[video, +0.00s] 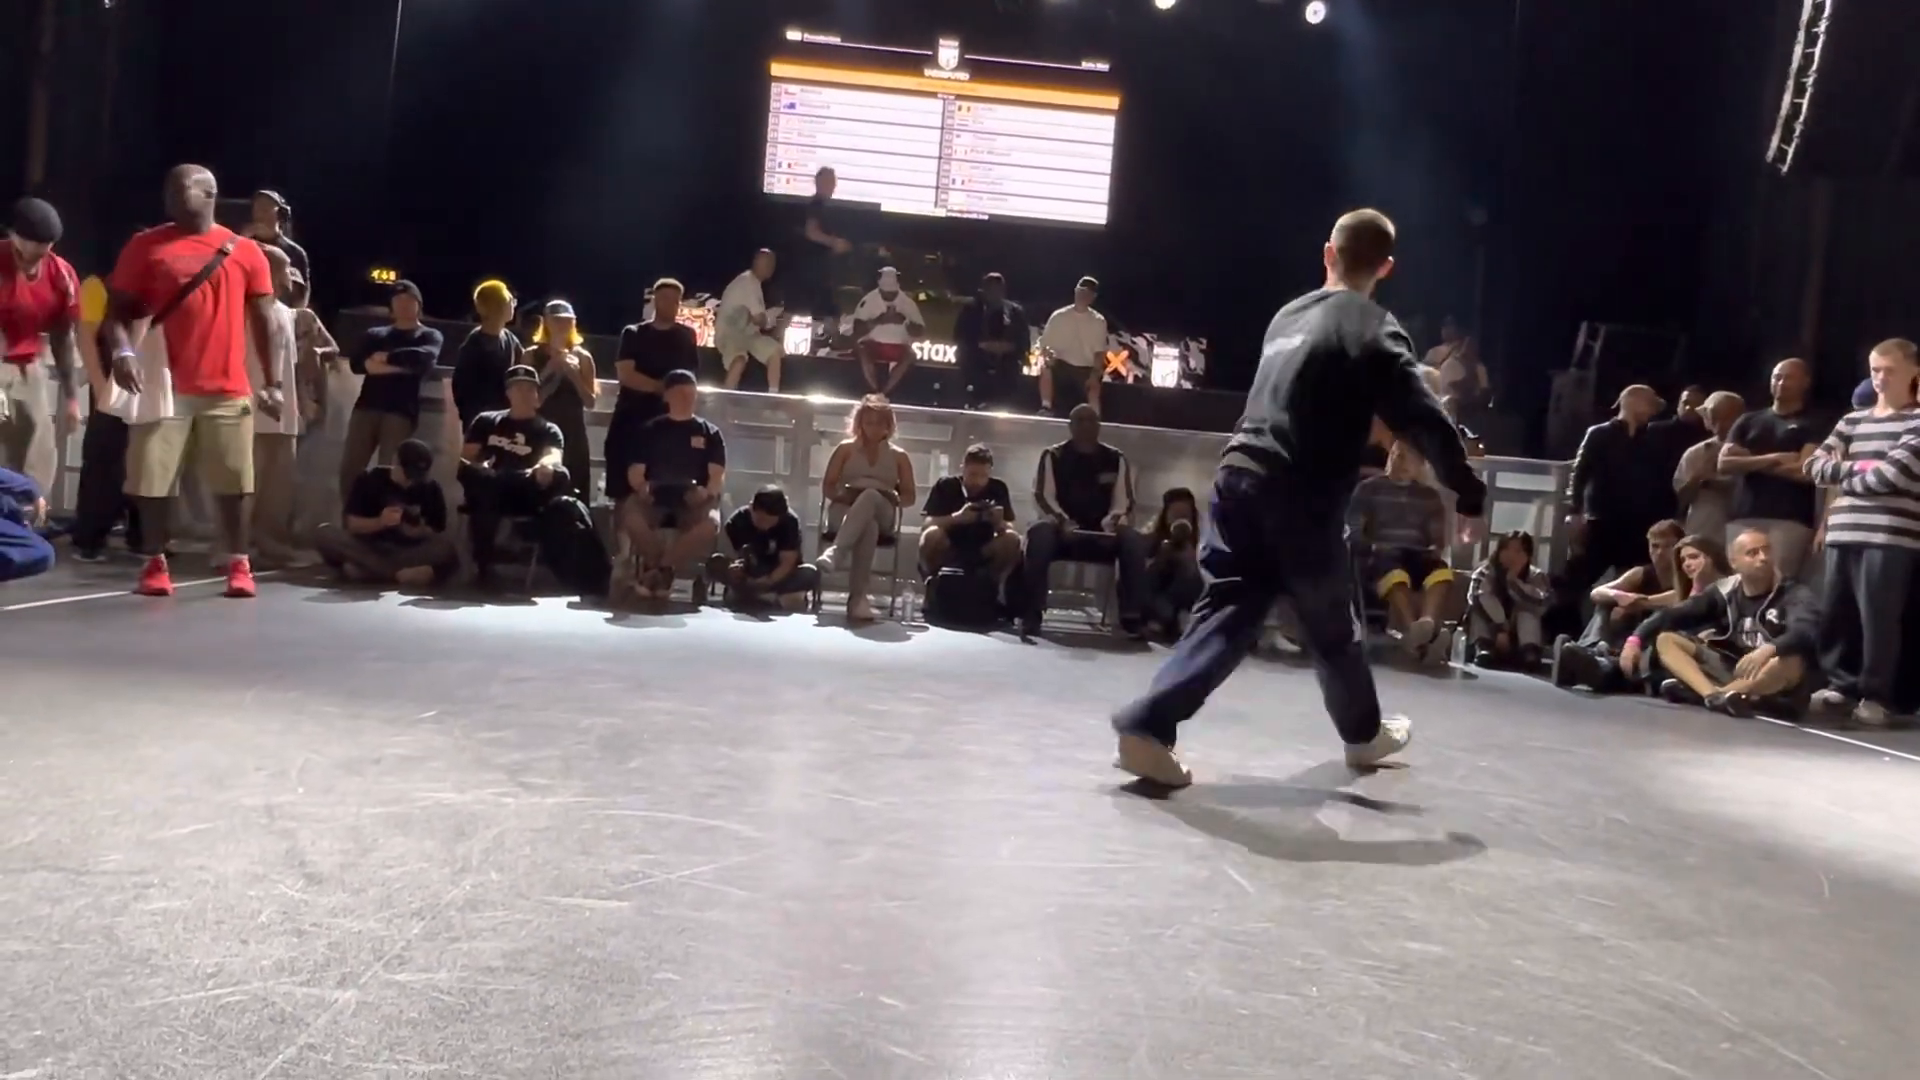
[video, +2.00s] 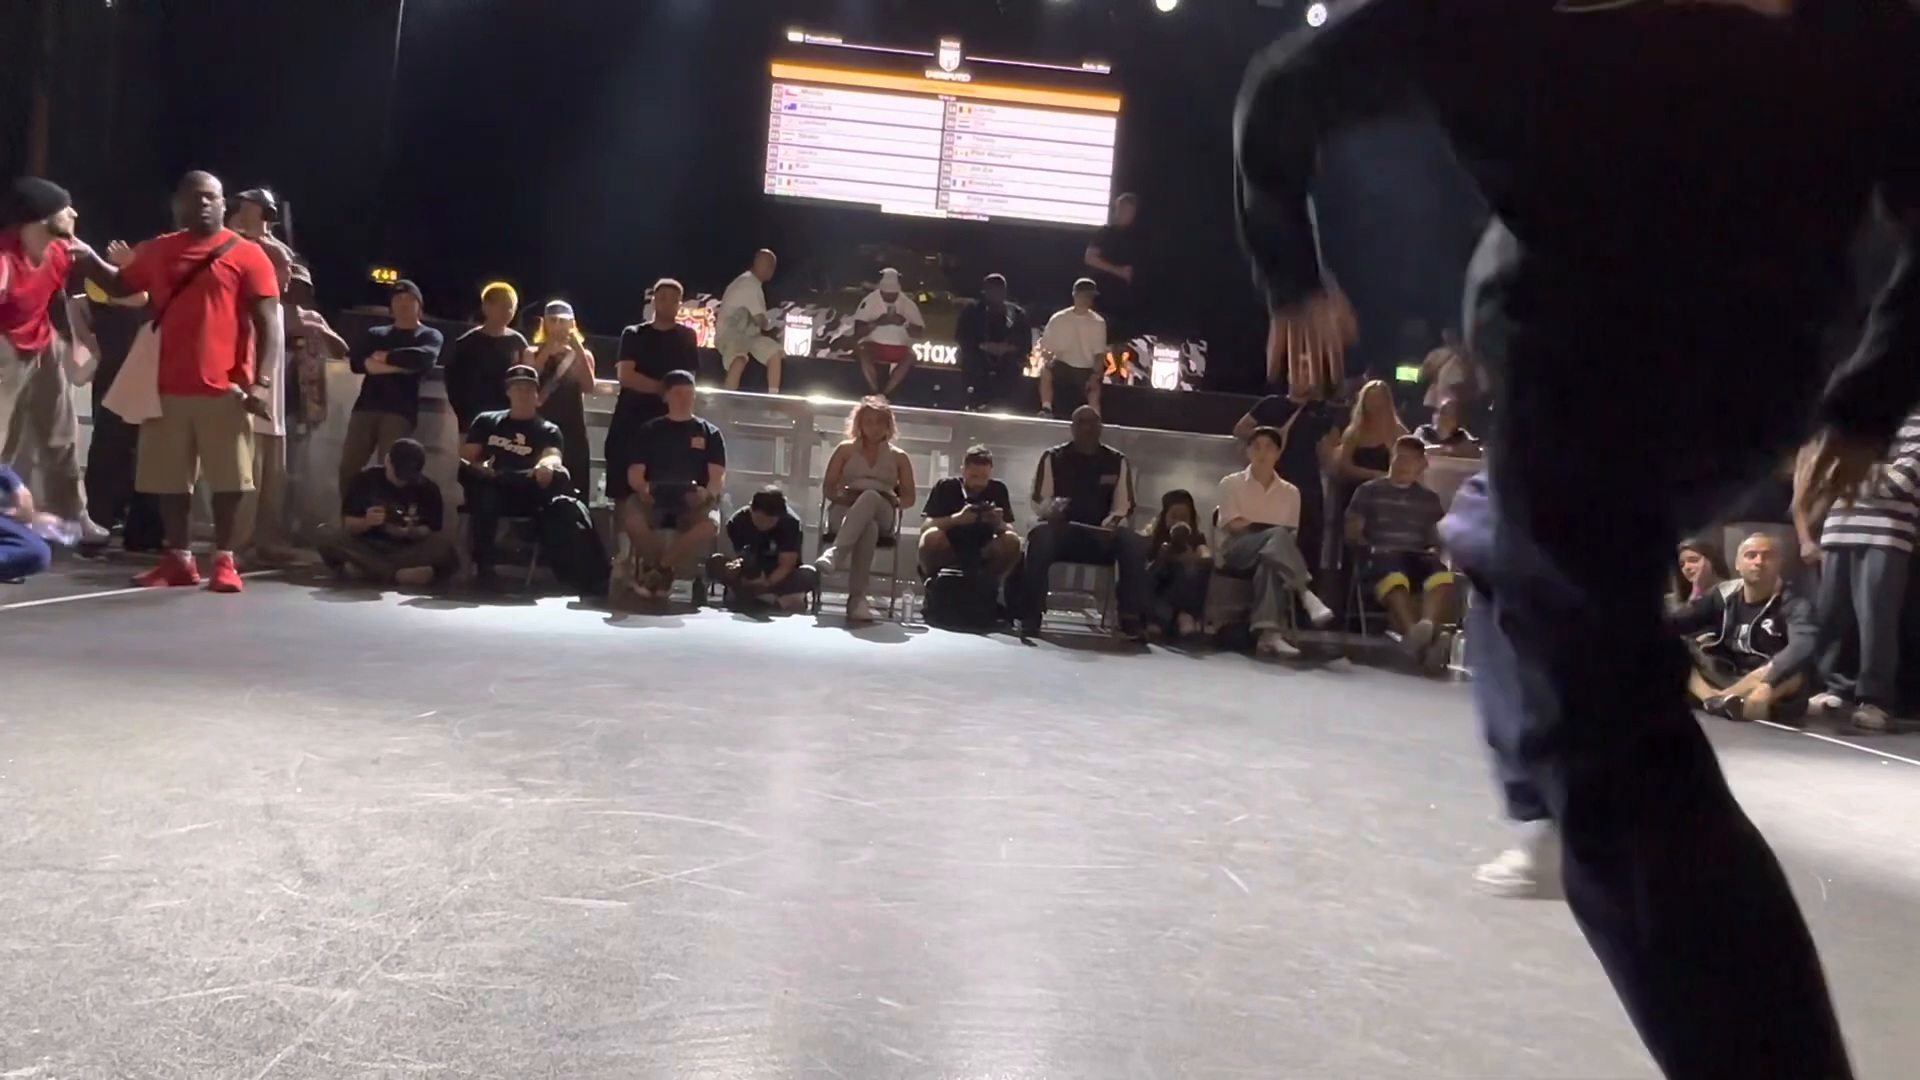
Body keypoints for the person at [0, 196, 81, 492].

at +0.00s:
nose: (40, 250)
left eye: (46, 244)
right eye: (33, 242)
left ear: (53, 241)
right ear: (15, 235)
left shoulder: (61, 274)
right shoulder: (3, 263)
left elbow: (63, 338)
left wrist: (71, 397)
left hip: (32, 366)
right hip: (2, 365)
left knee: (40, 448)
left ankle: (31, 527)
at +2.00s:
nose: (71, 216)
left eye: (68, 209)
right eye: (63, 211)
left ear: (48, 220)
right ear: (38, 218)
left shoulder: (60, 251)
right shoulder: (8, 259)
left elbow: (60, 297)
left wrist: (75, 338)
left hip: (45, 343)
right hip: (9, 347)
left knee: (61, 434)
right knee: (6, 436)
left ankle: (73, 515)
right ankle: (7, 513)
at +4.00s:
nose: (94, 267)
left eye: (98, 260)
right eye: (90, 258)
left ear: (73, 253)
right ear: (65, 246)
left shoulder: (71, 295)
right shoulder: (16, 267)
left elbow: (60, 348)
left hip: (44, 398)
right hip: (8, 396)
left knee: (38, 503)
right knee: (6, 502)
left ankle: (21, 597)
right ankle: (3, 599)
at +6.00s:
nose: (69, 264)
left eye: (68, 257)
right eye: (64, 258)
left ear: (42, 260)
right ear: (45, 260)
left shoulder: (52, 308)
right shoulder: (9, 296)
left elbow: (43, 364)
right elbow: (4, 363)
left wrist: (63, 400)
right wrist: (28, 390)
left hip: (48, 419)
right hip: (16, 421)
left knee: (50, 520)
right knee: (17, 518)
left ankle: (40, 619)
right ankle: (15, 617)